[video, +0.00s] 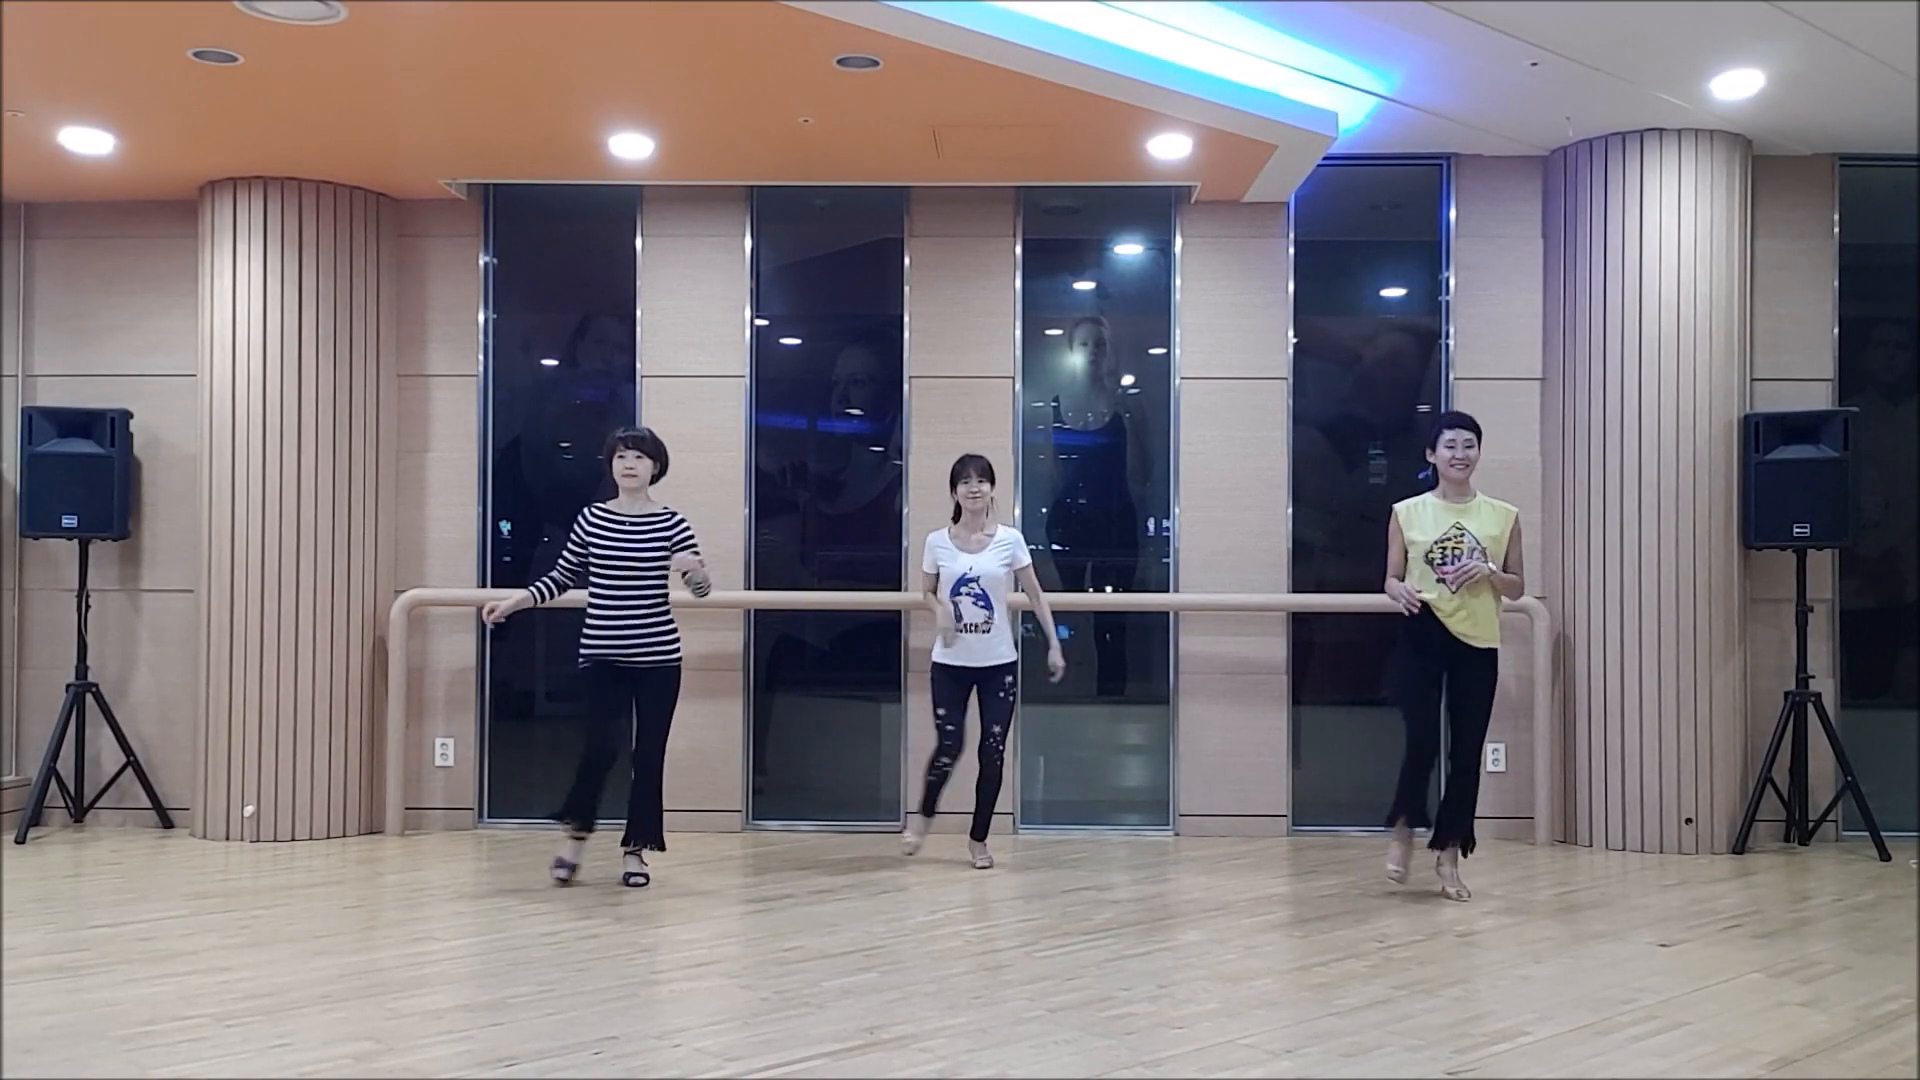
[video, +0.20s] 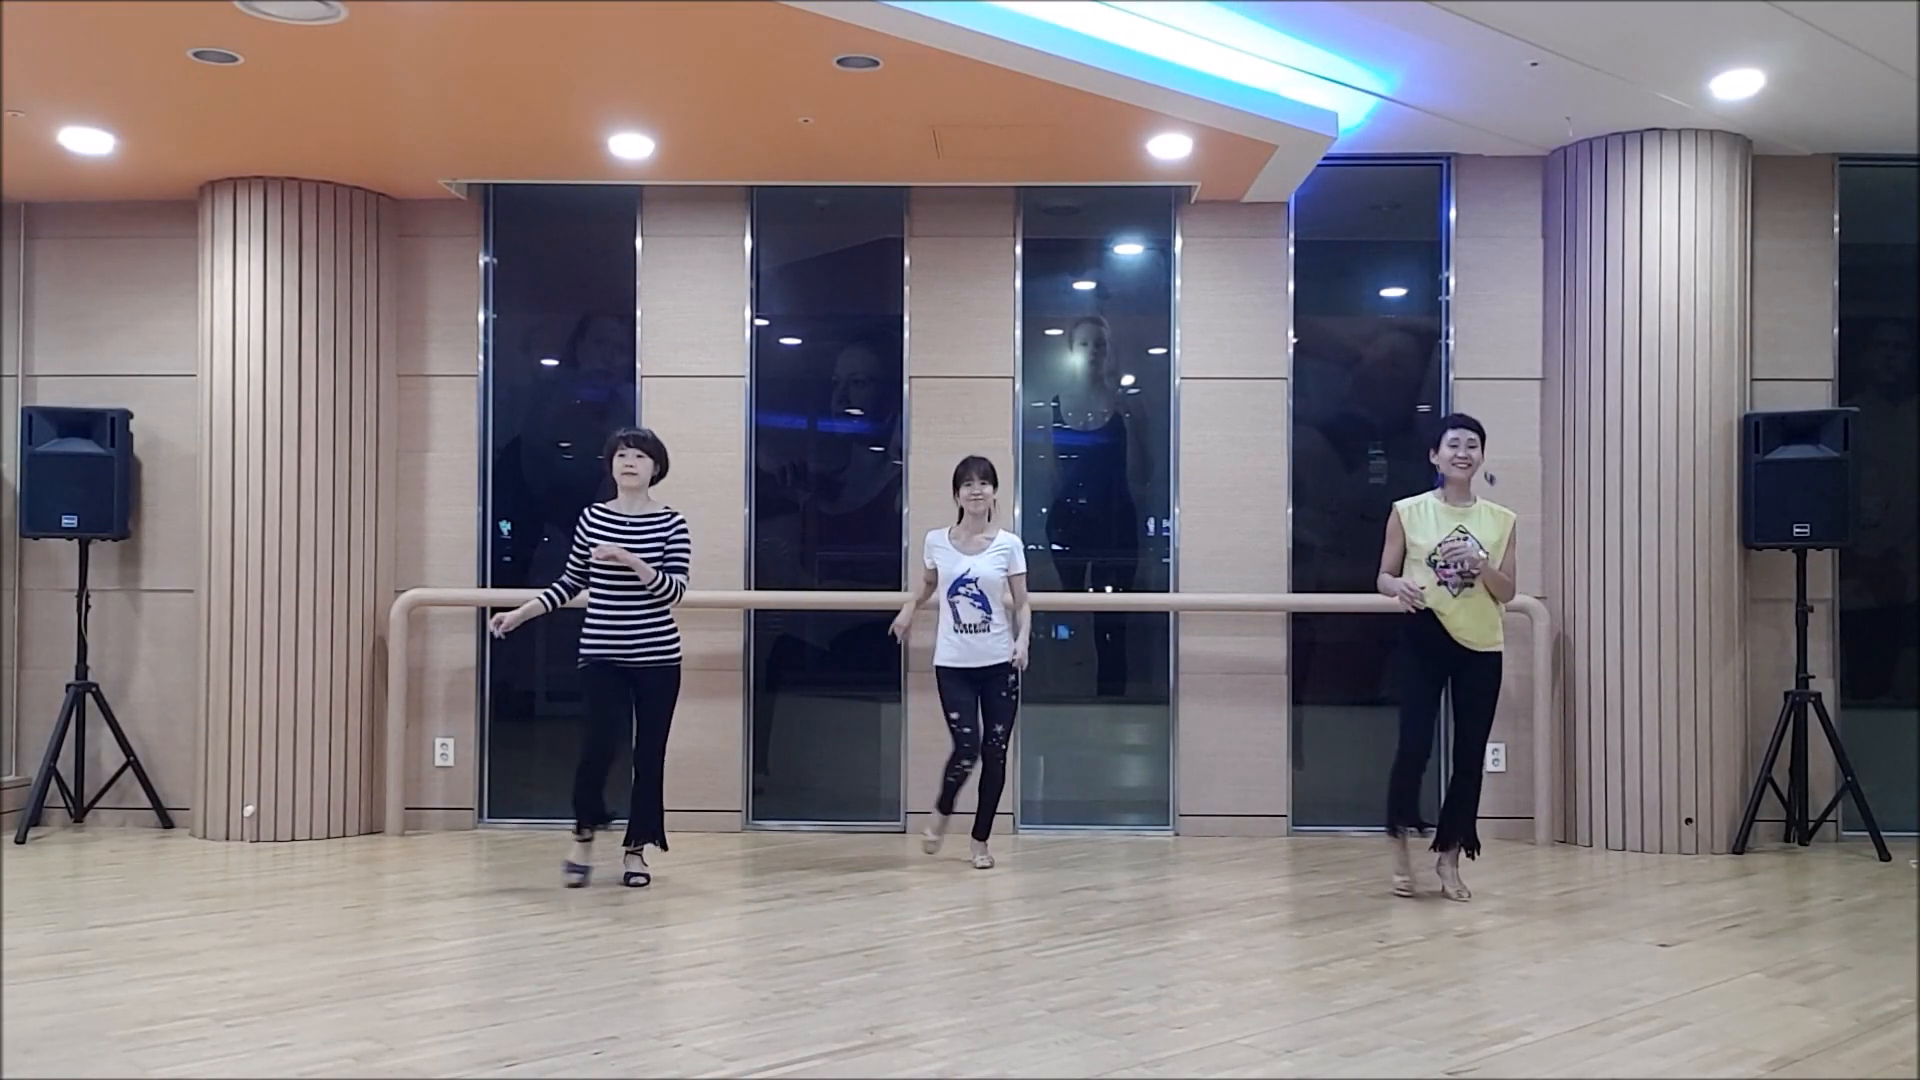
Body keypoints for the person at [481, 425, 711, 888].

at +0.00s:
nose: (629, 463)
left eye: (639, 457)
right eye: (621, 456)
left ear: (656, 467)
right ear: (611, 465)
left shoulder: (671, 522)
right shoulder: (592, 517)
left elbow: (701, 591)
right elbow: (562, 577)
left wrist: (696, 571)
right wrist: (515, 601)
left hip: (657, 653)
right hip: (602, 652)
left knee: (649, 756)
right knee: (601, 747)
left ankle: (635, 851)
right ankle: (574, 840)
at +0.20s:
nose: (630, 462)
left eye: (640, 456)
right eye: (623, 456)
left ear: (656, 468)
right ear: (611, 465)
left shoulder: (671, 523)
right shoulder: (593, 518)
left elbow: (675, 593)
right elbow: (570, 582)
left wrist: (633, 559)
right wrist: (521, 612)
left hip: (658, 654)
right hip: (602, 652)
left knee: (649, 756)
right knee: (599, 746)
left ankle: (636, 851)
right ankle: (583, 841)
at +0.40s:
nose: (632, 460)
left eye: (641, 454)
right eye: (624, 454)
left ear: (658, 466)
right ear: (612, 463)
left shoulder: (674, 515)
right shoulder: (598, 516)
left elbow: (675, 571)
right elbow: (576, 583)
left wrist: (632, 529)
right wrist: (523, 610)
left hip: (643, 654)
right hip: (586, 647)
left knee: (632, 754)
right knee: (562, 745)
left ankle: (633, 853)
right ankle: (528, 851)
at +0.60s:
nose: (642, 465)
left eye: (652, 459)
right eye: (635, 459)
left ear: (669, 469)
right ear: (624, 469)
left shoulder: (685, 518)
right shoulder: (609, 519)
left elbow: (678, 553)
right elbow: (582, 579)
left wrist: (649, 546)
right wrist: (528, 599)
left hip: (653, 659)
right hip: (596, 651)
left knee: (639, 757)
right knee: (561, 747)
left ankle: (630, 854)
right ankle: (527, 851)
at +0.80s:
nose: (657, 466)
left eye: (667, 461)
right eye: (650, 459)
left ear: (682, 472)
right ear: (638, 468)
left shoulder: (696, 526)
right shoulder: (615, 520)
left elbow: (706, 587)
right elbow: (585, 574)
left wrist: (715, 640)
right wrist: (593, 589)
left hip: (677, 658)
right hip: (620, 655)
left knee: (658, 756)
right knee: (605, 745)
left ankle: (631, 848)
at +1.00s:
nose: (674, 464)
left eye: (684, 457)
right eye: (665, 458)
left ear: (700, 467)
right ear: (654, 468)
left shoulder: (719, 523)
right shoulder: (636, 519)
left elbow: (721, 592)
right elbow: (644, 582)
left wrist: (715, 643)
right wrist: (700, 599)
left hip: (697, 652)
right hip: (644, 651)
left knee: (674, 750)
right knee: (669, 750)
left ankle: (647, 845)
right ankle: (705, 831)